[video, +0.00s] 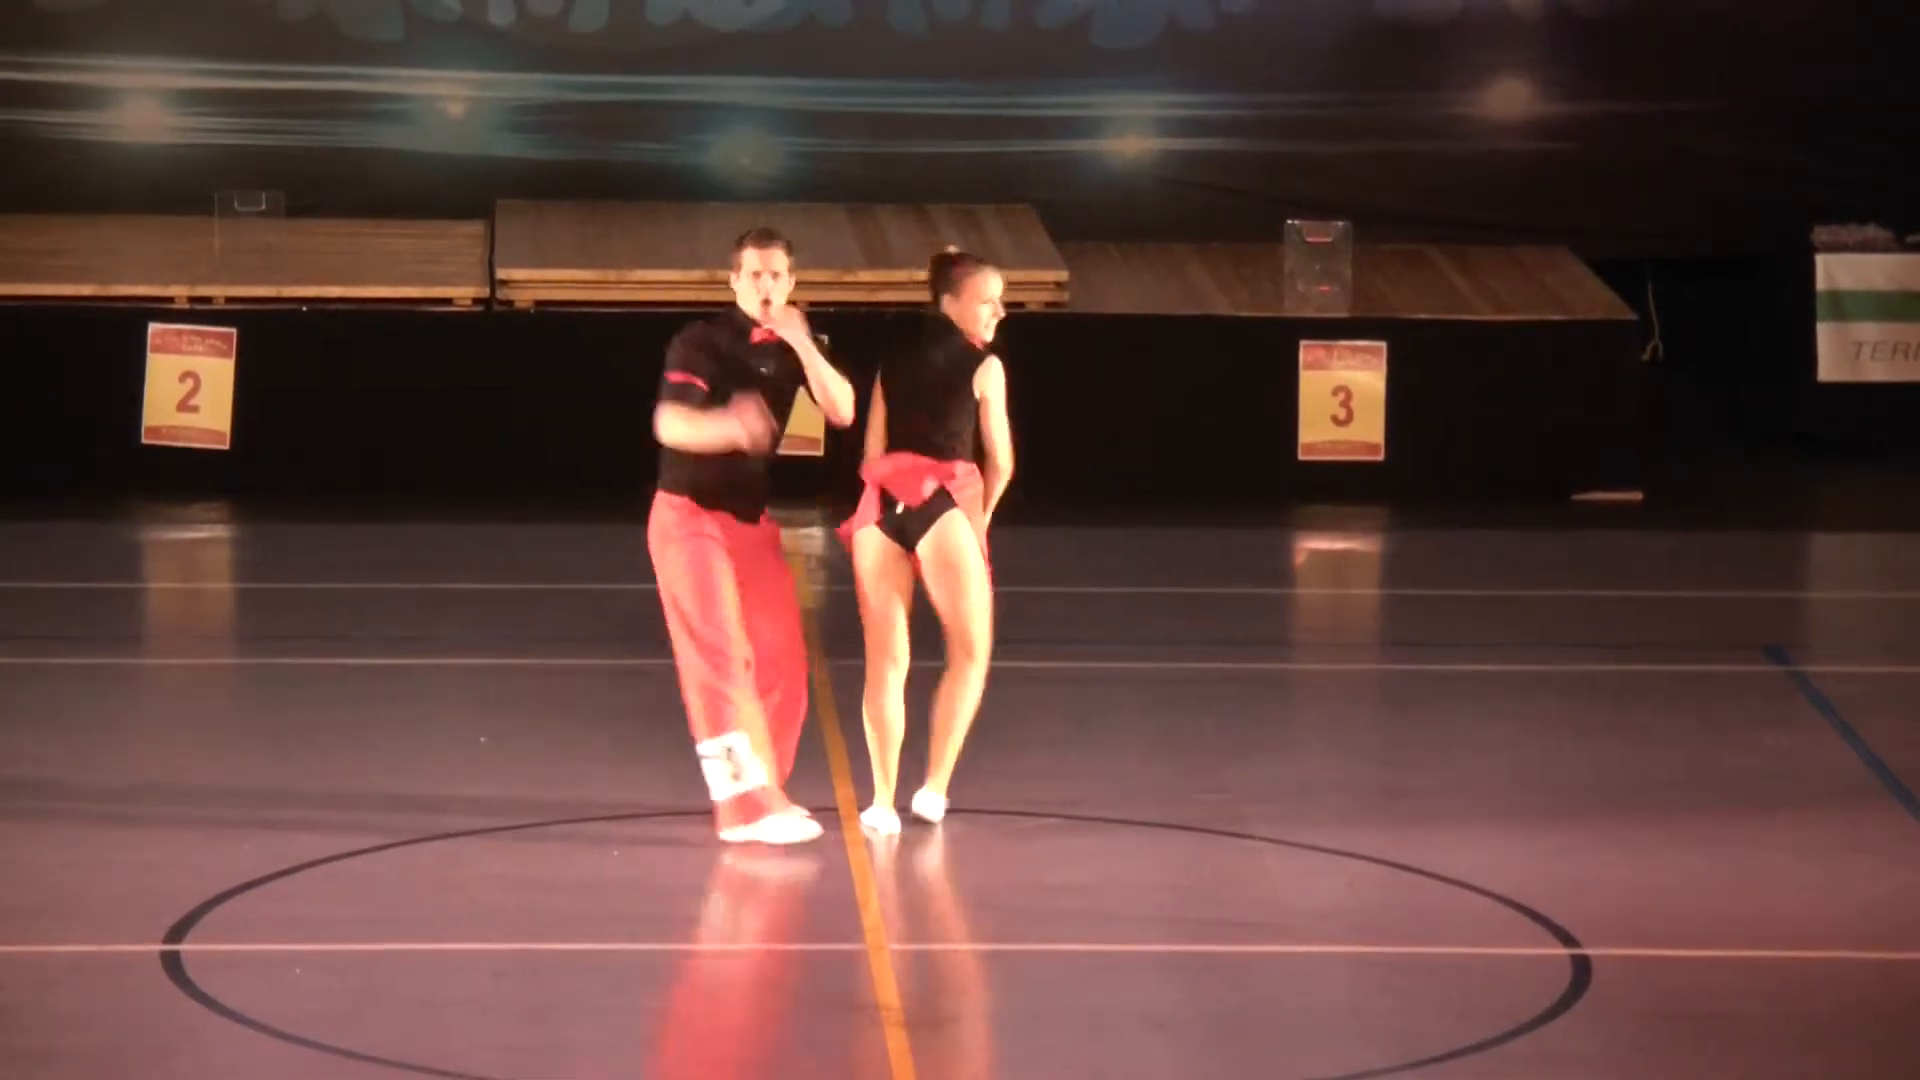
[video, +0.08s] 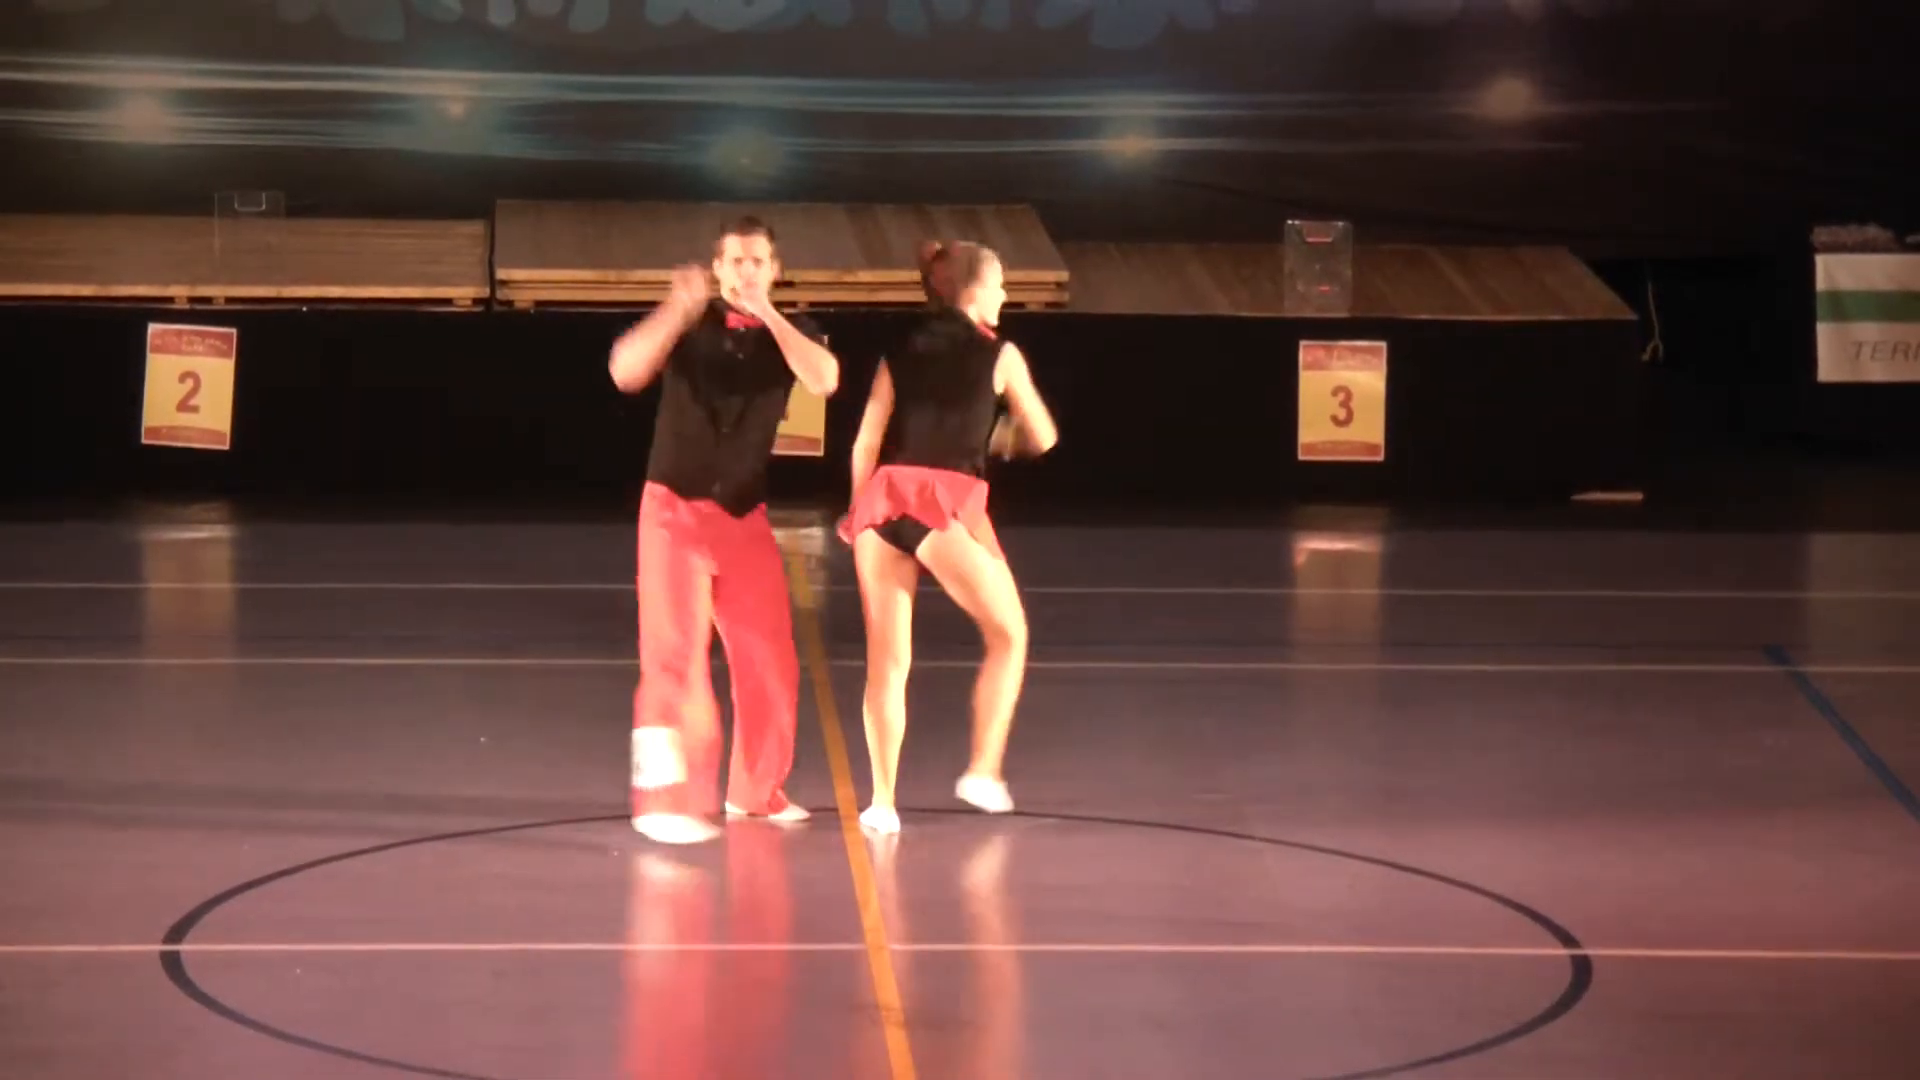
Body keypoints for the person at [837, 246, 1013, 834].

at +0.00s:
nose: (998, 313)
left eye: (998, 302)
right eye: (989, 301)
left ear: (943, 302)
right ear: (953, 300)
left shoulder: (891, 360)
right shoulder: (982, 364)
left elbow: (873, 450)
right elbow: (1000, 462)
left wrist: (879, 508)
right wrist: (978, 518)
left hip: (876, 503)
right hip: (943, 502)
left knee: (884, 661)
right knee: (969, 653)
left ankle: (882, 801)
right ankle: (934, 788)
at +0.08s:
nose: (1003, 298)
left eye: (1002, 286)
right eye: (998, 287)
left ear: (946, 292)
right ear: (974, 292)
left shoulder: (899, 352)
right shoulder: (1000, 355)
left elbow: (865, 441)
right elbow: (1042, 435)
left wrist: (864, 510)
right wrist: (999, 441)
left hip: (880, 508)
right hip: (945, 511)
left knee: (886, 661)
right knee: (1007, 634)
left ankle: (882, 802)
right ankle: (983, 774)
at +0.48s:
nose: (954, 309)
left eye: (955, 301)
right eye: (960, 300)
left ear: (961, 308)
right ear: (1010, 305)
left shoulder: (938, 378)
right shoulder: (1046, 372)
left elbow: (934, 466)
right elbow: (1054, 464)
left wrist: (874, 437)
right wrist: (1084, 430)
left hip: (957, 521)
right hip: (1030, 521)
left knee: (900, 660)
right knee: (1072, 660)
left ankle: (901, 802)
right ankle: (1079, 798)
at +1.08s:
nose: (1023, 340)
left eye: (1020, 332)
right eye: (1062, 330)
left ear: (1016, 340)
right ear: (1071, 339)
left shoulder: (1003, 419)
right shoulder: (1102, 400)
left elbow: (999, 516)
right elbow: (1154, 474)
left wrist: (935, 475)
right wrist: (1145, 415)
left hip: (977, 550)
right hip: (1044, 566)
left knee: (913, 659)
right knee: (1112, 671)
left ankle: (913, 802)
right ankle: (1074, 797)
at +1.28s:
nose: (1011, 293)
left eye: (1021, 284)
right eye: (1014, 282)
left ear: (1053, 295)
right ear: (1065, 296)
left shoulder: (1033, 361)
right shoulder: (1104, 354)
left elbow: (1025, 450)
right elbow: (1142, 427)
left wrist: (940, 472)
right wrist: (1080, 433)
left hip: (1027, 511)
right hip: (1083, 513)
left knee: (974, 655)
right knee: (1085, 663)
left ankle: (940, 795)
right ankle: (1094, 796)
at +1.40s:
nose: (1050, 291)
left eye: (1064, 283)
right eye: (1044, 278)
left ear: (1088, 290)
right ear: (1032, 279)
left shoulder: (1073, 357)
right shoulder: (1046, 344)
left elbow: (1084, 457)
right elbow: (1049, 444)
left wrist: (1048, 535)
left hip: (1048, 513)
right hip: (1057, 509)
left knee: (1027, 664)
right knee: (1096, 654)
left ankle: (1007, 801)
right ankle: (1137, 782)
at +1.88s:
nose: (1081, 295)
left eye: (1093, 285)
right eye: (1072, 281)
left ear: (1108, 292)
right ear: (1052, 282)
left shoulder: (1122, 369)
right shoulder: (1015, 354)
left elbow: (1142, 454)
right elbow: (984, 436)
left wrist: (1149, 537)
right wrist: (967, 513)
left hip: (1084, 522)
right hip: (1021, 519)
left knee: (1036, 657)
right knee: (1068, 660)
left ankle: (1012, 798)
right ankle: (1136, 768)